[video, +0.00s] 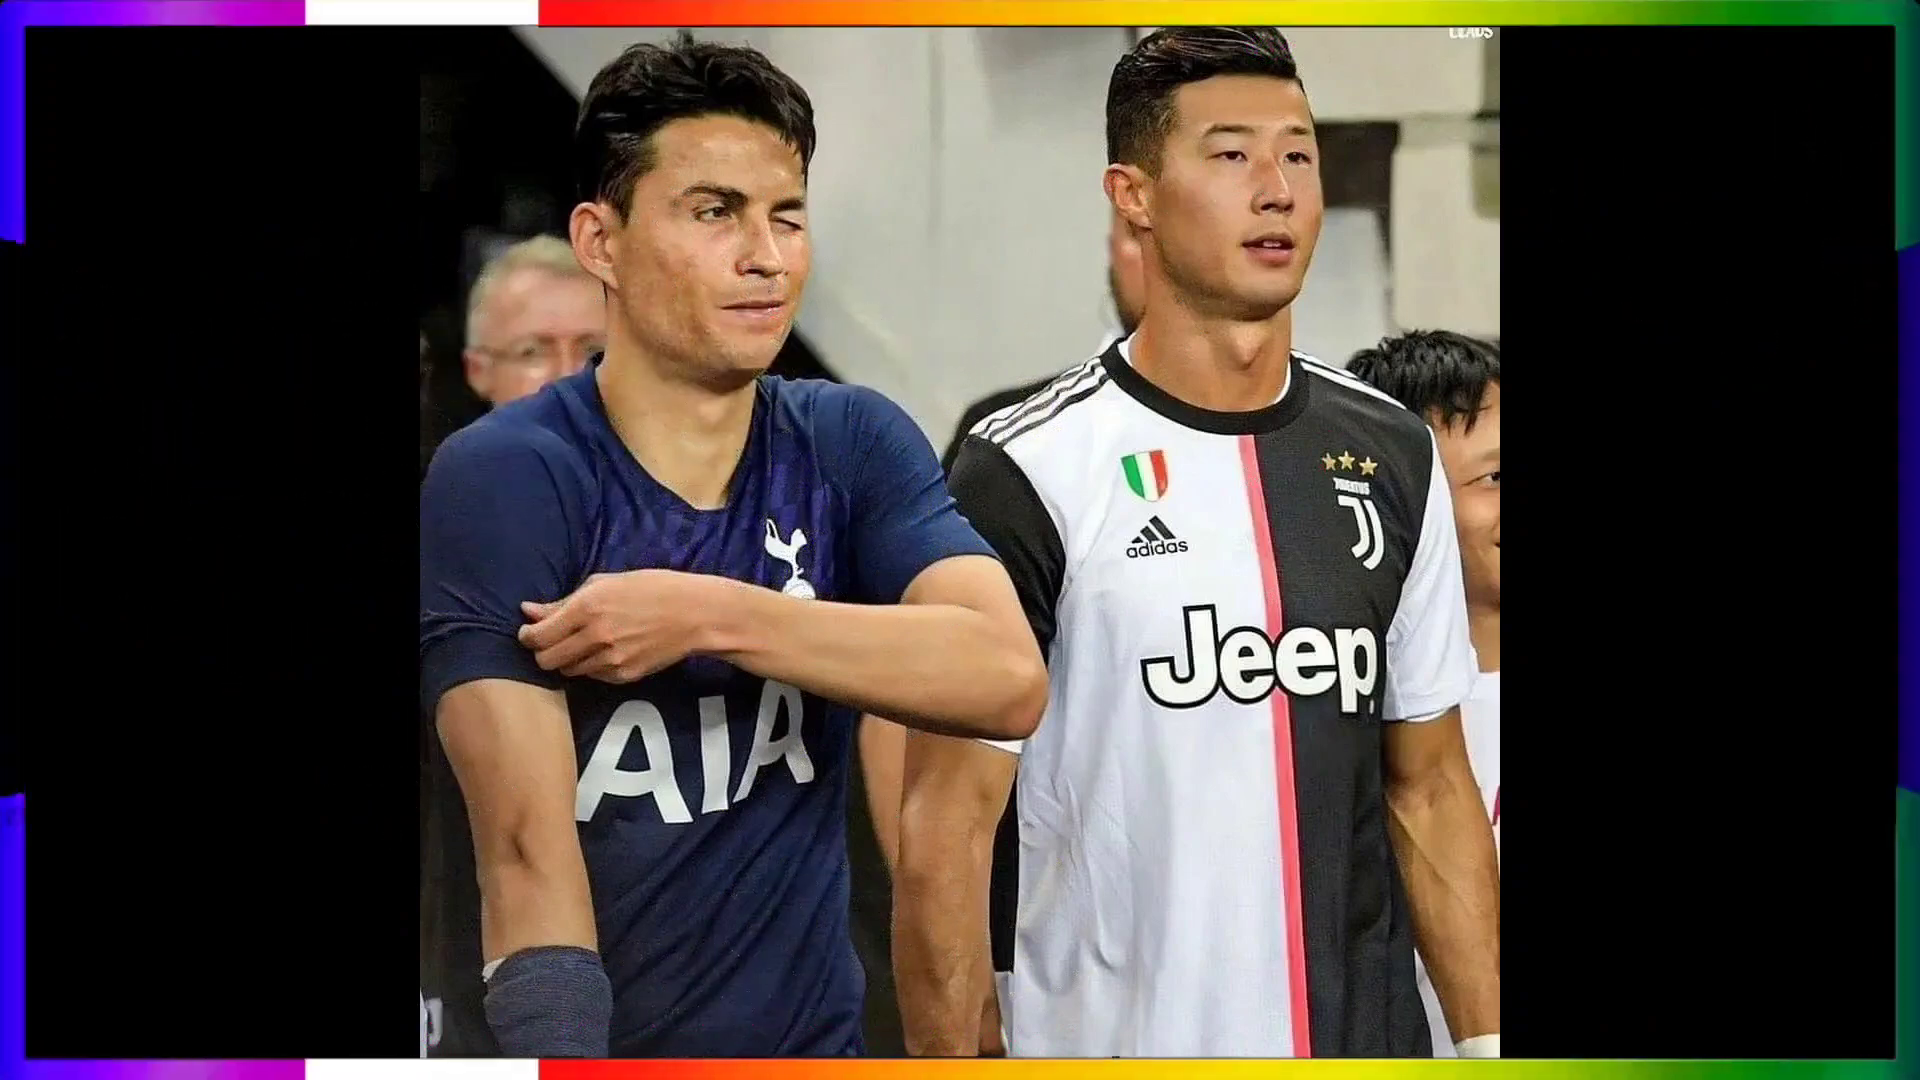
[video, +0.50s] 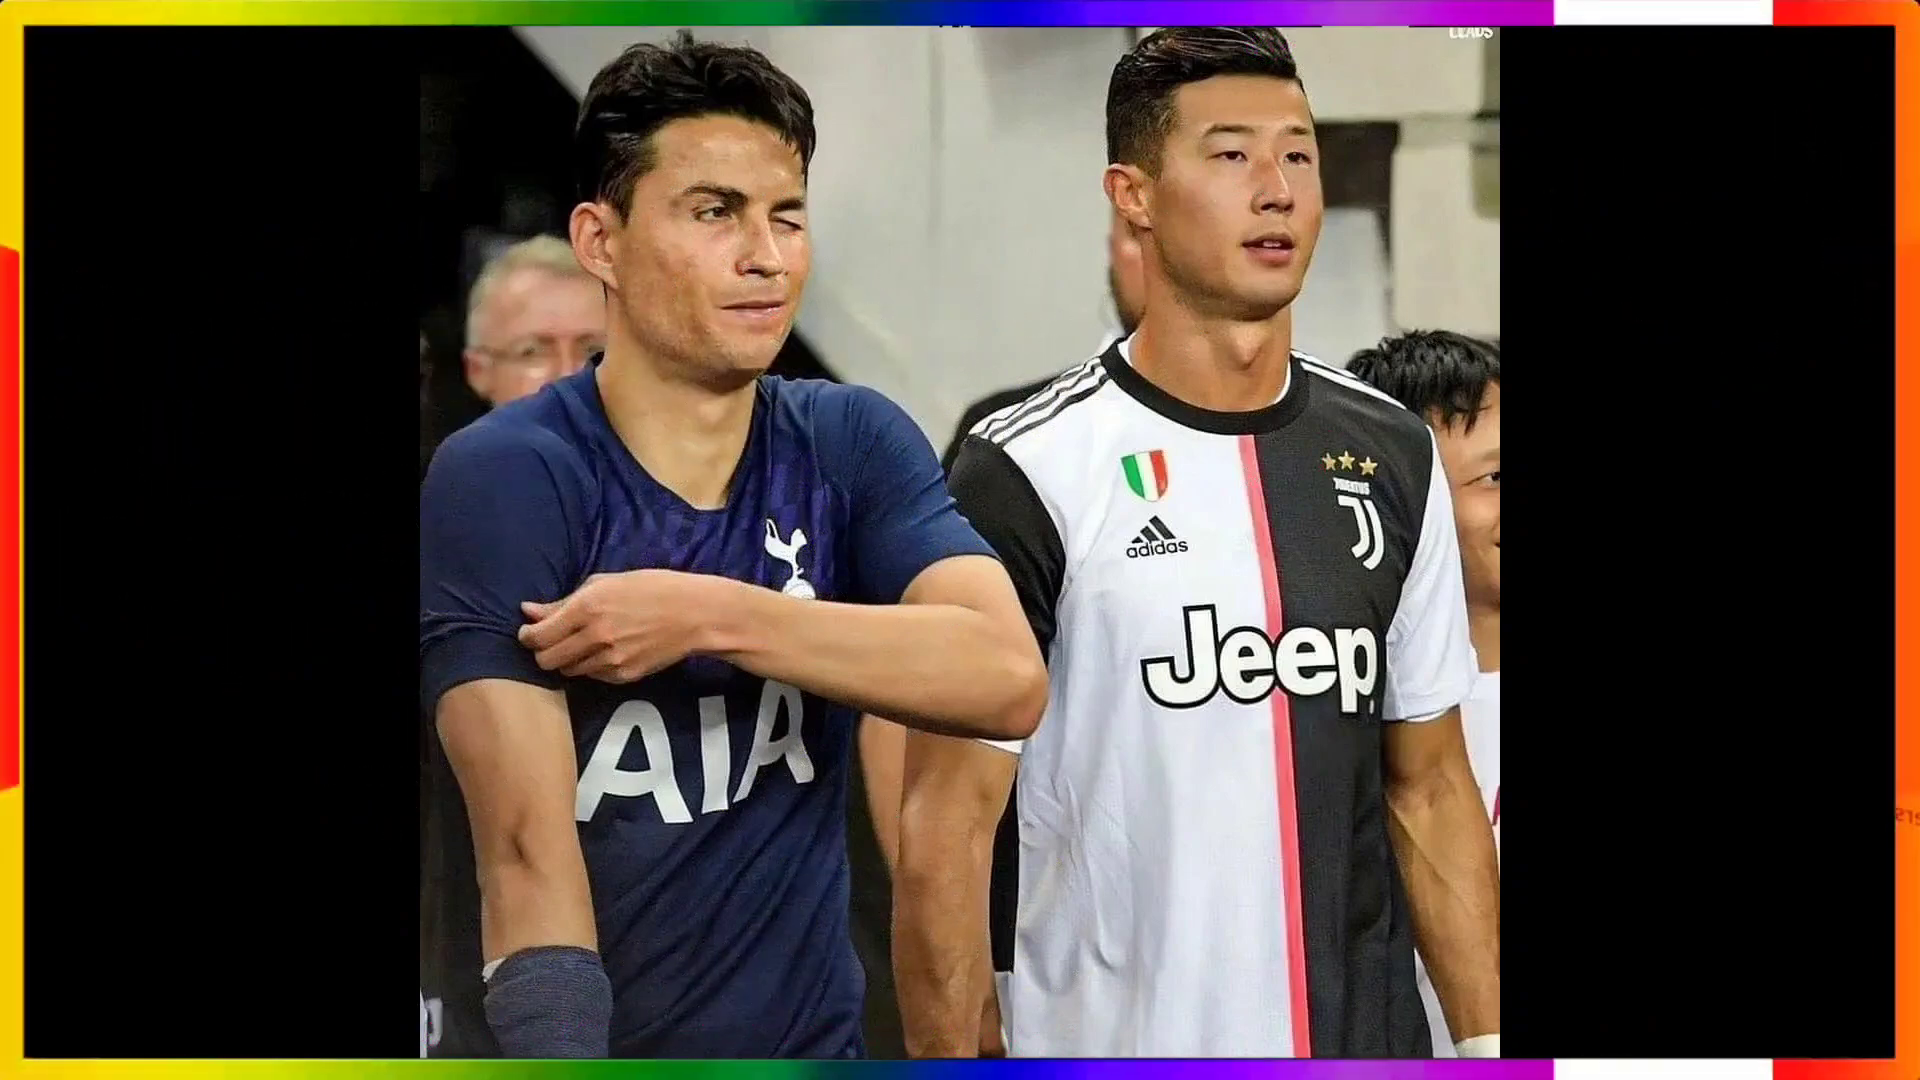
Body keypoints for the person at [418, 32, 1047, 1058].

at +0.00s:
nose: (765, 257)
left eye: (785, 217)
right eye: (712, 212)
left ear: (809, 236)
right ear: (601, 242)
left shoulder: (857, 439)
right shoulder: (500, 476)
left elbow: (1009, 680)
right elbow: (525, 850)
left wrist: (713, 613)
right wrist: (559, 1058)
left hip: (810, 1040)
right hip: (599, 1036)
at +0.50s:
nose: (766, 257)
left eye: (786, 218)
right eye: (712, 212)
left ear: (809, 236)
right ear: (601, 241)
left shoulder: (857, 439)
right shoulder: (500, 476)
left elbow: (1009, 681)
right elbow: (525, 851)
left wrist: (713, 613)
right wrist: (560, 1058)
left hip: (811, 1041)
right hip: (594, 1036)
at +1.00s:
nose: (766, 257)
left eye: (786, 218)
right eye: (712, 212)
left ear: (809, 237)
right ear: (601, 241)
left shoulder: (856, 439)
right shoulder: (499, 476)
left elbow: (1009, 681)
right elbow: (525, 850)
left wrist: (713, 613)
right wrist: (560, 1058)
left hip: (809, 1040)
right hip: (599, 1037)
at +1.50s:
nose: (766, 257)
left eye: (785, 218)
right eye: (712, 212)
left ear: (809, 237)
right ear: (601, 241)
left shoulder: (856, 439)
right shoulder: (499, 476)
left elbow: (1009, 681)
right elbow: (525, 851)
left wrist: (714, 613)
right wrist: (561, 1058)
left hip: (812, 1042)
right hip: (594, 1036)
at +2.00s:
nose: (765, 257)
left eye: (785, 217)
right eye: (712, 212)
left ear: (809, 235)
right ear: (601, 242)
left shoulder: (856, 439)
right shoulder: (500, 476)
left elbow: (1009, 681)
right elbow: (525, 851)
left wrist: (714, 613)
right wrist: (560, 1059)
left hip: (810, 1041)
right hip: (599, 1037)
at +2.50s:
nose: (766, 257)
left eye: (785, 218)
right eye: (712, 212)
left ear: (809, 237)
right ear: (601, 241)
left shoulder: (856, 439)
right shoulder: (499, 476)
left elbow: (1009, 681)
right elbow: (525, 851)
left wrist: (713, 613)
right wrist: (561, 1058)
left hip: (812, 1042)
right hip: (594, 1036)